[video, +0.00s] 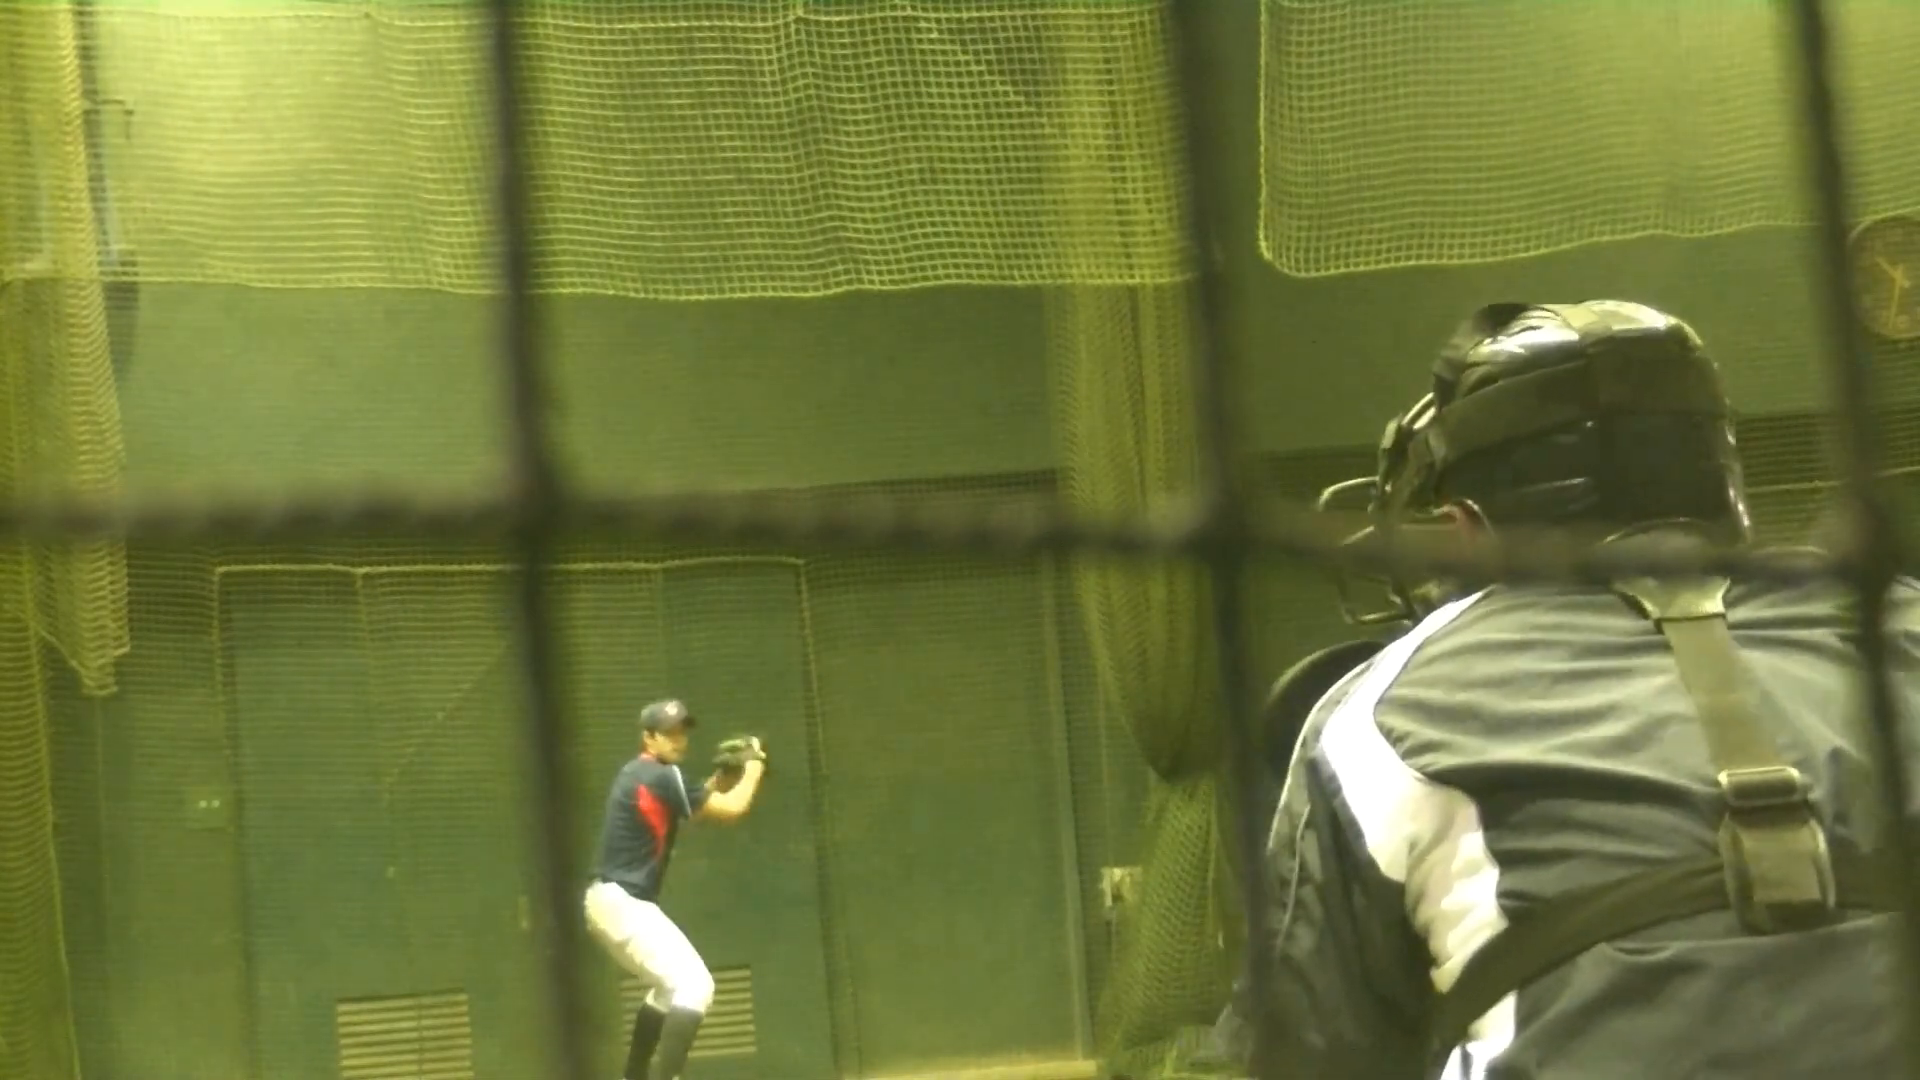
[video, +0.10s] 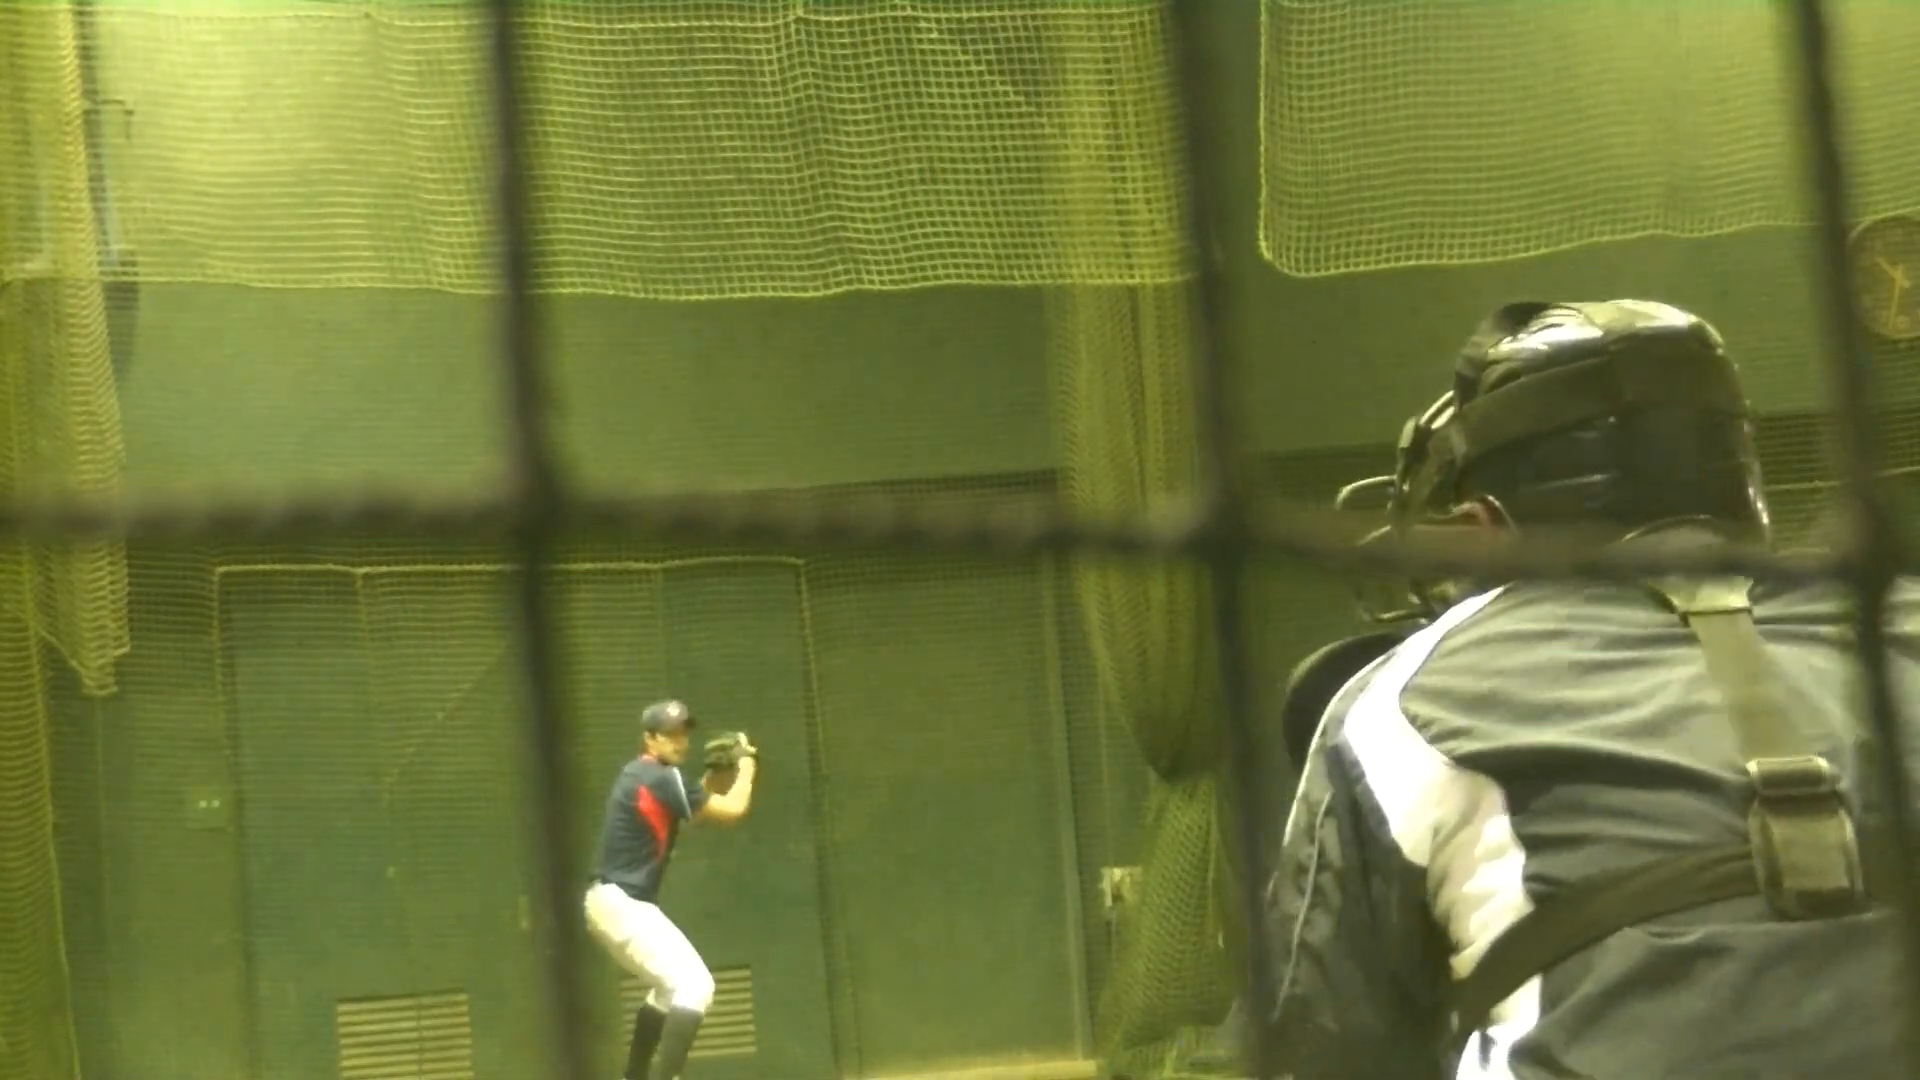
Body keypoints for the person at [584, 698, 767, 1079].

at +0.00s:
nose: (681, 742)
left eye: (684, 734)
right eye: (673, 735)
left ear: (683, 734)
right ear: (650, 737)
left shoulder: (637, 772)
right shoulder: (659, 776)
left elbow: (692, 806)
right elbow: (733, 807)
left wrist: (725, 774)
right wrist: (754, 766)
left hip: (605, 899)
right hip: (622, 901)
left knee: (669, 985)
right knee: (695, 985)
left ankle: (634, 1073)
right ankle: (665, 1073)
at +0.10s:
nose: (682, 743)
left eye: (684, 734)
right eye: (674, 735)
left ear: (684, 734)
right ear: (650, 738)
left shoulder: (638, 772)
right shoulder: (659, 778)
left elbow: (693, 806)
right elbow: (733, 808)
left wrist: (721, 769)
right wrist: (747, 762)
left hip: (605, 901)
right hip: (622, 903)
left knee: (668, 986)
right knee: (695, 986)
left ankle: (635, 1072)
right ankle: (666, 1072)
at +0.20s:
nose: (681, 747)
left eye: (684, 739)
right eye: (672, 740)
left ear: (687, 740)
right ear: (650, 743)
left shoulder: (639, 777)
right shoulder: (659, 783)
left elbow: (698, 801)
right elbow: (732, 815)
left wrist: (718, 764)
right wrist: (742, 764)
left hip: (607, 905)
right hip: (621, 907)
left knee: (673, 985)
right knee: (697, 988)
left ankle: (637, 1072)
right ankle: (668, 1073)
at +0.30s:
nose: (682, 751)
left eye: (685, 743)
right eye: (673, 744)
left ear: (688, 744)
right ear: (651, 746)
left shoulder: (638, 779)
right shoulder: (658, 786)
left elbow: (699, 805)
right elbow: (729, 822)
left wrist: (718, 767)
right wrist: (741, 770)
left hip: (607, 907)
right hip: (621, 910)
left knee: (676, 985)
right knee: (697, 988)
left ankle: (637, 1073)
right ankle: (668, 1073)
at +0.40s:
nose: (683, 751)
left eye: (686, 742)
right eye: (675, 743)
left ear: (689, 743)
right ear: (651, 745)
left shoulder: (636, 780)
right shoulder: (660, 787)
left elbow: (694, 806)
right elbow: (724, 830)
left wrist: (718, 769)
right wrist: (742, 777)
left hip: (604, 906)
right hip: (621, 909)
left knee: (674, 985)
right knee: (696, 988)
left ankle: (638, 1071)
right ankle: (667, 1073)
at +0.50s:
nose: (685, 751)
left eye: (688, 743)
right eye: (676, 744)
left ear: (690, 743)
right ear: (653, 746)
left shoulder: (633, 780)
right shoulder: (662, 789)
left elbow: (688, 809)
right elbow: (723, 836)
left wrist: (720, 776)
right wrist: (746, 785)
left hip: (601, 905)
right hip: (622, 910)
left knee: (668, 985)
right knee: (696, 989)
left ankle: (636, 1072)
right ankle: (667, 1072)